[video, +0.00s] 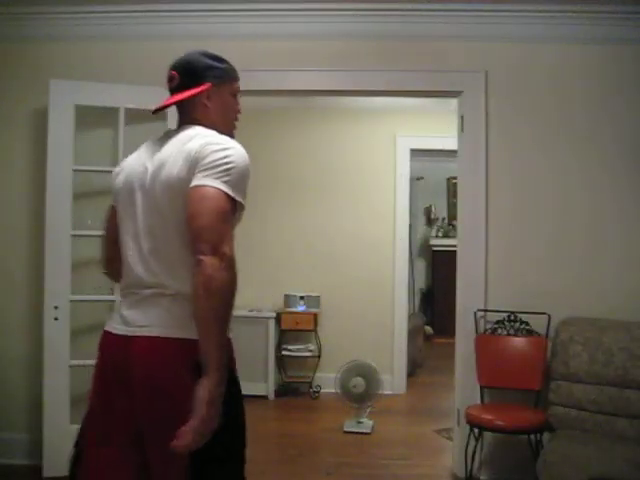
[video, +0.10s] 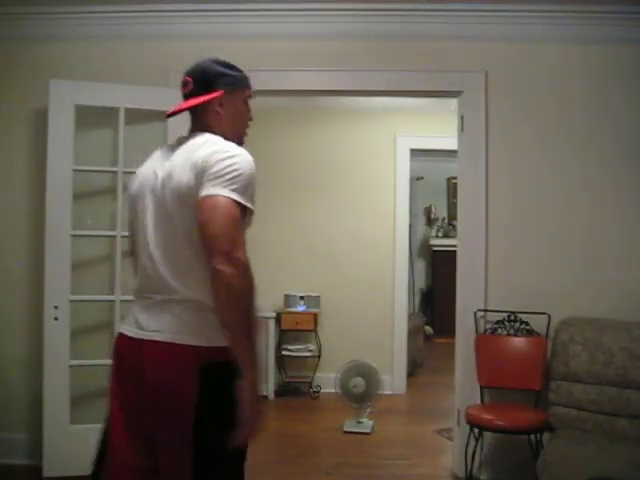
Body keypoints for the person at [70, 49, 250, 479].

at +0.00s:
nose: (239, 109)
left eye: (238, 97)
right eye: (234, 95)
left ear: (184, 100)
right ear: (206, 97)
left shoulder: (134, 161)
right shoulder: (220, 152)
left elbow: (113, 264)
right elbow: (212, 260)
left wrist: (175, 281)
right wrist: (214, 376)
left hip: (119, 351)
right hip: (183, 356)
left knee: (108, 468)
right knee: (203, 472)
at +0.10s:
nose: (251, 116)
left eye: (250, 103)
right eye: (246, 102)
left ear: (198, 107)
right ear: (219, 104)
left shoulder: (151, 165)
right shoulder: (226, 158)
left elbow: (141, 261)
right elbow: (227, 263)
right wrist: (248, 373)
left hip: (136, 355)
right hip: (196, 363)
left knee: (126, 470)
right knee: (206, 471)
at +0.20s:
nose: (263, 120)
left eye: (262, 108)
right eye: (258, 106)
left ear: (216, 111)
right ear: (232, 109)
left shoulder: (166, 168)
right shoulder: (232, 162)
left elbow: (193, 253)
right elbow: (239, 272)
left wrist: (261, 290)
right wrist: (288, 363)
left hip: (154, 355)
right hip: (209, 362)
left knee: (157, 471)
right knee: (221, 473)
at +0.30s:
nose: (275, 123)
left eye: (274, 112)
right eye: (270, 111)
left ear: (229, 113)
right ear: (242, 111)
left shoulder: (182, 165)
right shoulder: (235, 161)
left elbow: (203, 254)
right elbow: (243, 262)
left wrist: (267, 278)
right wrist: (306, 334)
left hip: (174, 347)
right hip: (216, 352)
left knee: (180, 469)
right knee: (229, 471)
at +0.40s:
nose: (286, 124)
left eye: (286, 112)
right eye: (281, 111)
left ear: (242, 111)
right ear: (252, 109)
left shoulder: (198, 160)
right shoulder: (242, 151)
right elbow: (243, 242)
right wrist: (303, 301)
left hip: (190, 338)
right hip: (218, 343)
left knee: (204, 463)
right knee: (234, 463)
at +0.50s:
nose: (298, 123)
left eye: (297, 113)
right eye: (292, 111)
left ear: (259, 112)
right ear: (263, 111)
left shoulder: (220, 156)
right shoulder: (248, 152)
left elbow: (223, 243)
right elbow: (252, 231)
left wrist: (280, 258)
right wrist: (307, 297)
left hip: (203, 335)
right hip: (223, 341)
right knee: (237, 465)